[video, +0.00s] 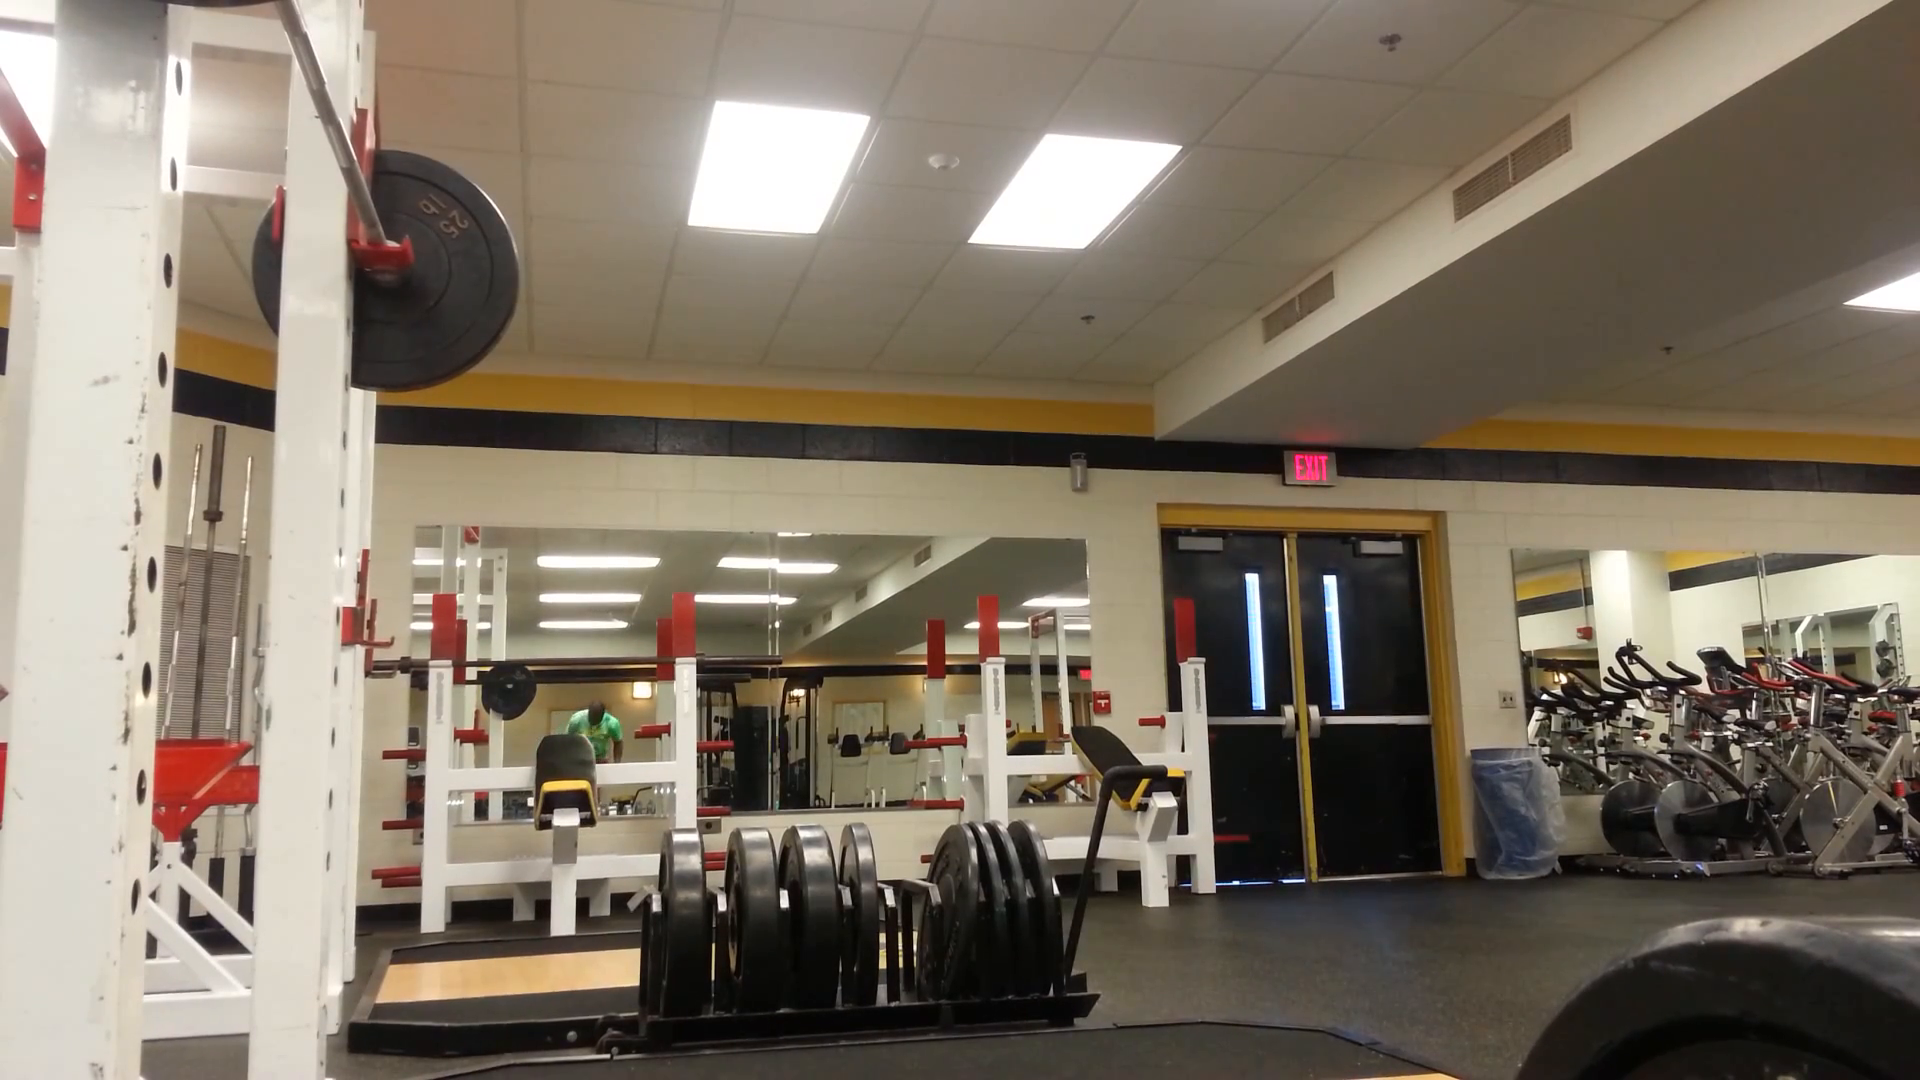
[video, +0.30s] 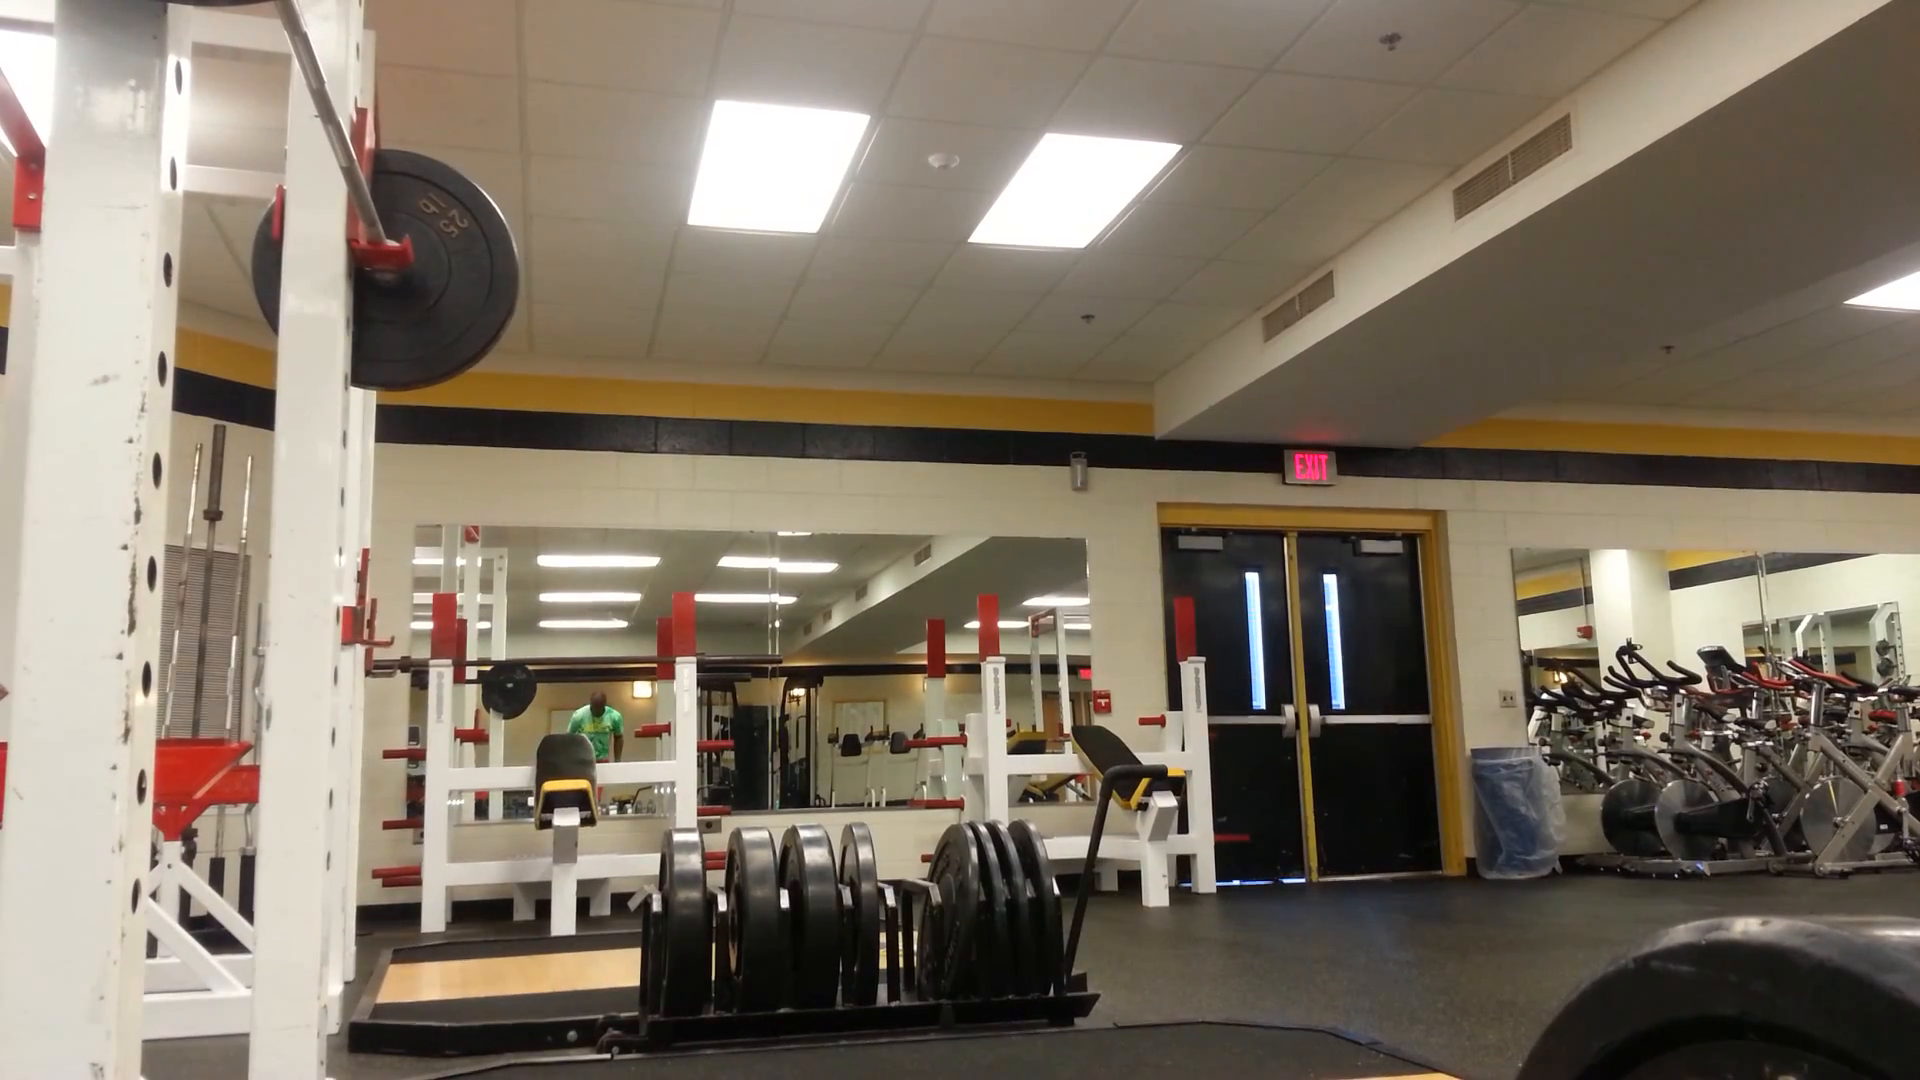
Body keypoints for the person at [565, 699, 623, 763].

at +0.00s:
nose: (593, 722)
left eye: (596, 720)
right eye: (591, 719)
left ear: (602, 716)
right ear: (588, 714)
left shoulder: (612, 724)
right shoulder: (576, 720)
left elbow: (618, 743)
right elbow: (569, 741)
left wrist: (617, 764)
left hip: (601, 759)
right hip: (580, 759)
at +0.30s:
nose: (596, 711)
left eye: (599, 708)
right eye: (593, 708)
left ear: (604, 705)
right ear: (590, 705)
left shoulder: (614, 717)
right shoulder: (578, 716)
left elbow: (618, 738)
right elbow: (569, 739)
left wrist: (617, 762)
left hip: (603, 760)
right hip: (582, 760)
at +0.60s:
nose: (591, 708)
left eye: (594, 705)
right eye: (588, 705)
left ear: (599, 702)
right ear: (584, 703)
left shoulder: (611, 714)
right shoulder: (574, 716)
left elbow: (616, 736)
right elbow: (567, 740)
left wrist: (616, 761)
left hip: (602, 761)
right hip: (580, 761)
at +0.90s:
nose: (585, 701)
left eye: (587, 698)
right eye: (582, 698)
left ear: (593, 696)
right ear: (578, 697)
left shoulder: (606, 709)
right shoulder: (570, 712)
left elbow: (613, 730)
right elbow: (564, 737)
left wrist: (610, 756)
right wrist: (565, 757)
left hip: (600, 759)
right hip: (578, 759)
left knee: (599, 795)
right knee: (579, 794)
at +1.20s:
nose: (586, 698)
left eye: (589, 695)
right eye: (583, 695)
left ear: (595, 693)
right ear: (579, 695)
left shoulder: (608, 708)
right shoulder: (573, 710)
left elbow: (618, 731)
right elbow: (570, 736)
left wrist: (614, 756)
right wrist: (571, 756)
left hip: (604, 760)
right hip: (582, 759)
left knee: (603, 799)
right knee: (583, 797)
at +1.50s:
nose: (577, 695)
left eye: (580, 691)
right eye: (575, 691)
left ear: (588, 689)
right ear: (572, 691)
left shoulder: (601, 706)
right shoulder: (568, 707)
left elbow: (615, 730)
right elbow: (569, 732)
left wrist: (612, 756)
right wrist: (569, 754)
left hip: (600, 757)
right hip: (578, 757)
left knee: (601, 797)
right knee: (580, 794)